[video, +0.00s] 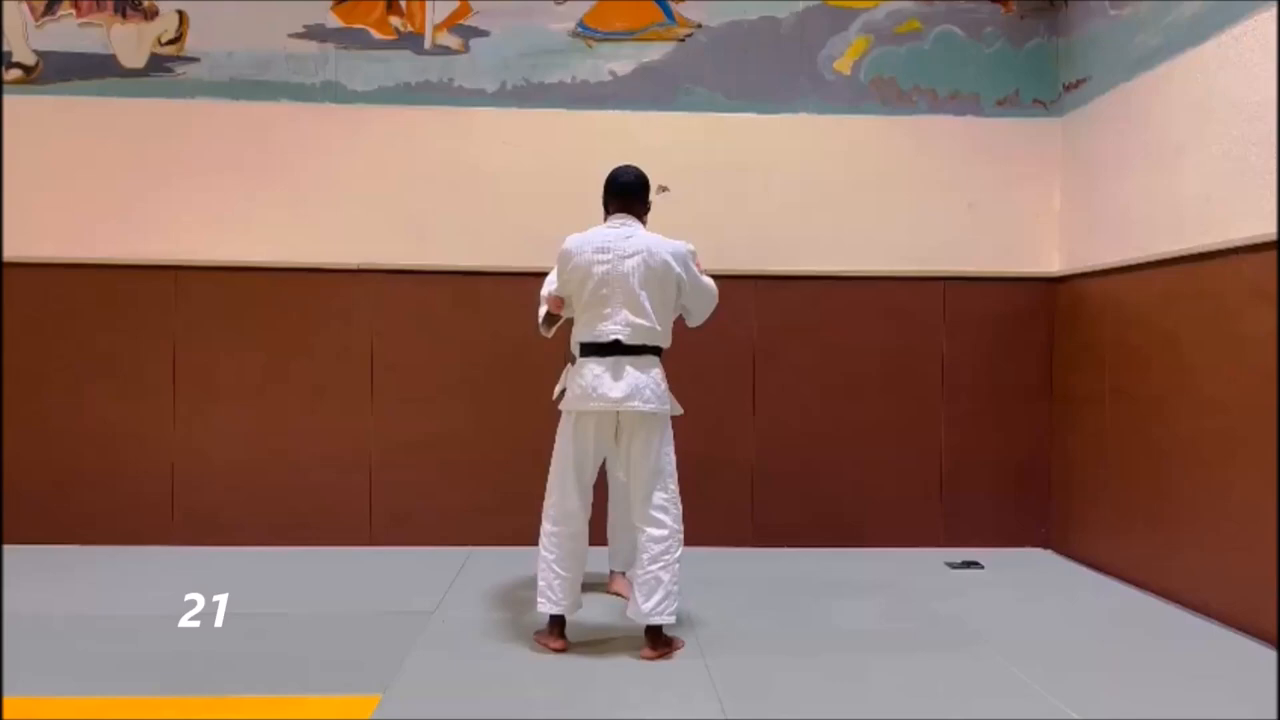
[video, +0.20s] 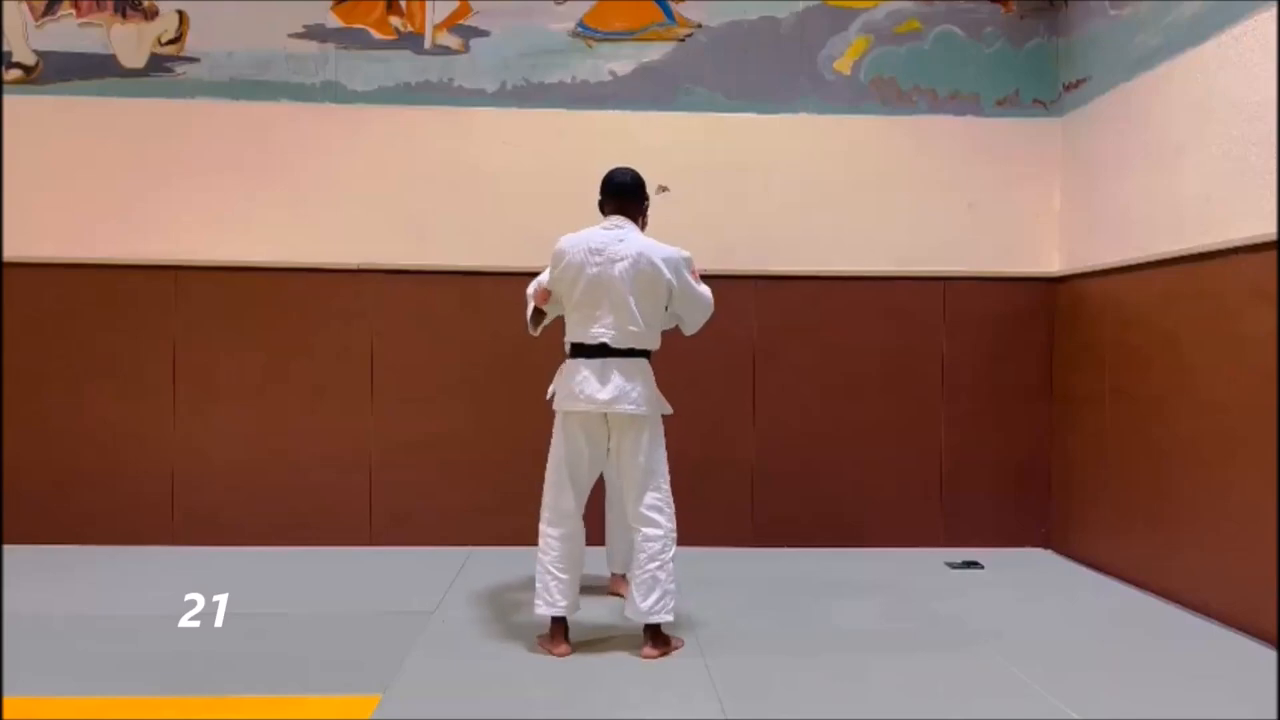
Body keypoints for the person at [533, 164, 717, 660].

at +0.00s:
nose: (642, 208)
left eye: (618, 201)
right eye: (646, 201)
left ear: (604, 203)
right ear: (648, 204)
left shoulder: (576, 248)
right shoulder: (671, 253)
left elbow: (556, 308)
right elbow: (701, 308)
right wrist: (685, 267)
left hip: (587, 388)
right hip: (645, 388)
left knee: (566, 501)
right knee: (655, 503)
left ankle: (555, 622)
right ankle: (657, 627)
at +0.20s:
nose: (643, 211)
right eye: (645, 205)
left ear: (600, 205)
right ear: (644, 207)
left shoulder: (570, 249)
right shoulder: (663, 259)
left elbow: (545, 303)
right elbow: (697, 314)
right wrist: (686, 277)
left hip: (578, 391)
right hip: (636, 393)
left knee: (562, 503)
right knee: (649, 504)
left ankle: (557, 626)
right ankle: (655, 630)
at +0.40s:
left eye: (607, 204)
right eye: (638, 205)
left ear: (601, 203)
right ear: (642, 209)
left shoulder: (571, 248)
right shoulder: (666, 259)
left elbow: (533, 290)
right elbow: (694, 318)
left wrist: (521, 278)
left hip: (580, 383)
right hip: (636, 383)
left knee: (563, 503)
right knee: (653, 502)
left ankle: (558, 627)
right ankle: (655, 629)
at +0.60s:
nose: (566, 217)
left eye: (568, 210)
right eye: (567, 210)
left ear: (580, 206)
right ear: (613, 204)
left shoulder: (573, 251)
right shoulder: (650, 250)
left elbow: (533, 307)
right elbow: (677, 294)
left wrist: (519, 279)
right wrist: (631, 292)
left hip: (591, 379)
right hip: (643, 374)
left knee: (568, 500)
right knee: (654, 501)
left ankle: (561, 628)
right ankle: (658, 629)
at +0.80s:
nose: (542, 239)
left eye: (542, 230)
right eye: (538, 231)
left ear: (561, 218)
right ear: (579, 210)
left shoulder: (572, 257)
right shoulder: (631, 240)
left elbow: (515, 311)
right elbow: (628, 305)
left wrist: (499, 262)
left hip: (597, 382)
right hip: (645, 377)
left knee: (568, 500)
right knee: (654, 505)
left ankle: (561, 629)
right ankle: (662, 630)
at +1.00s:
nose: (536, 244)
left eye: (537, 235)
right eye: (532, 237)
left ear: (556, 223)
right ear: (570, 211)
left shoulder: (573, 258)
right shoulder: (618, 230)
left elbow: (510, 317)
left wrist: (492, 269)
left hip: (599, 382)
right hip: (646, 372)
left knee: (568, 499)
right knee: (655, 503)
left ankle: (567, 612)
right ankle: (664, 626)